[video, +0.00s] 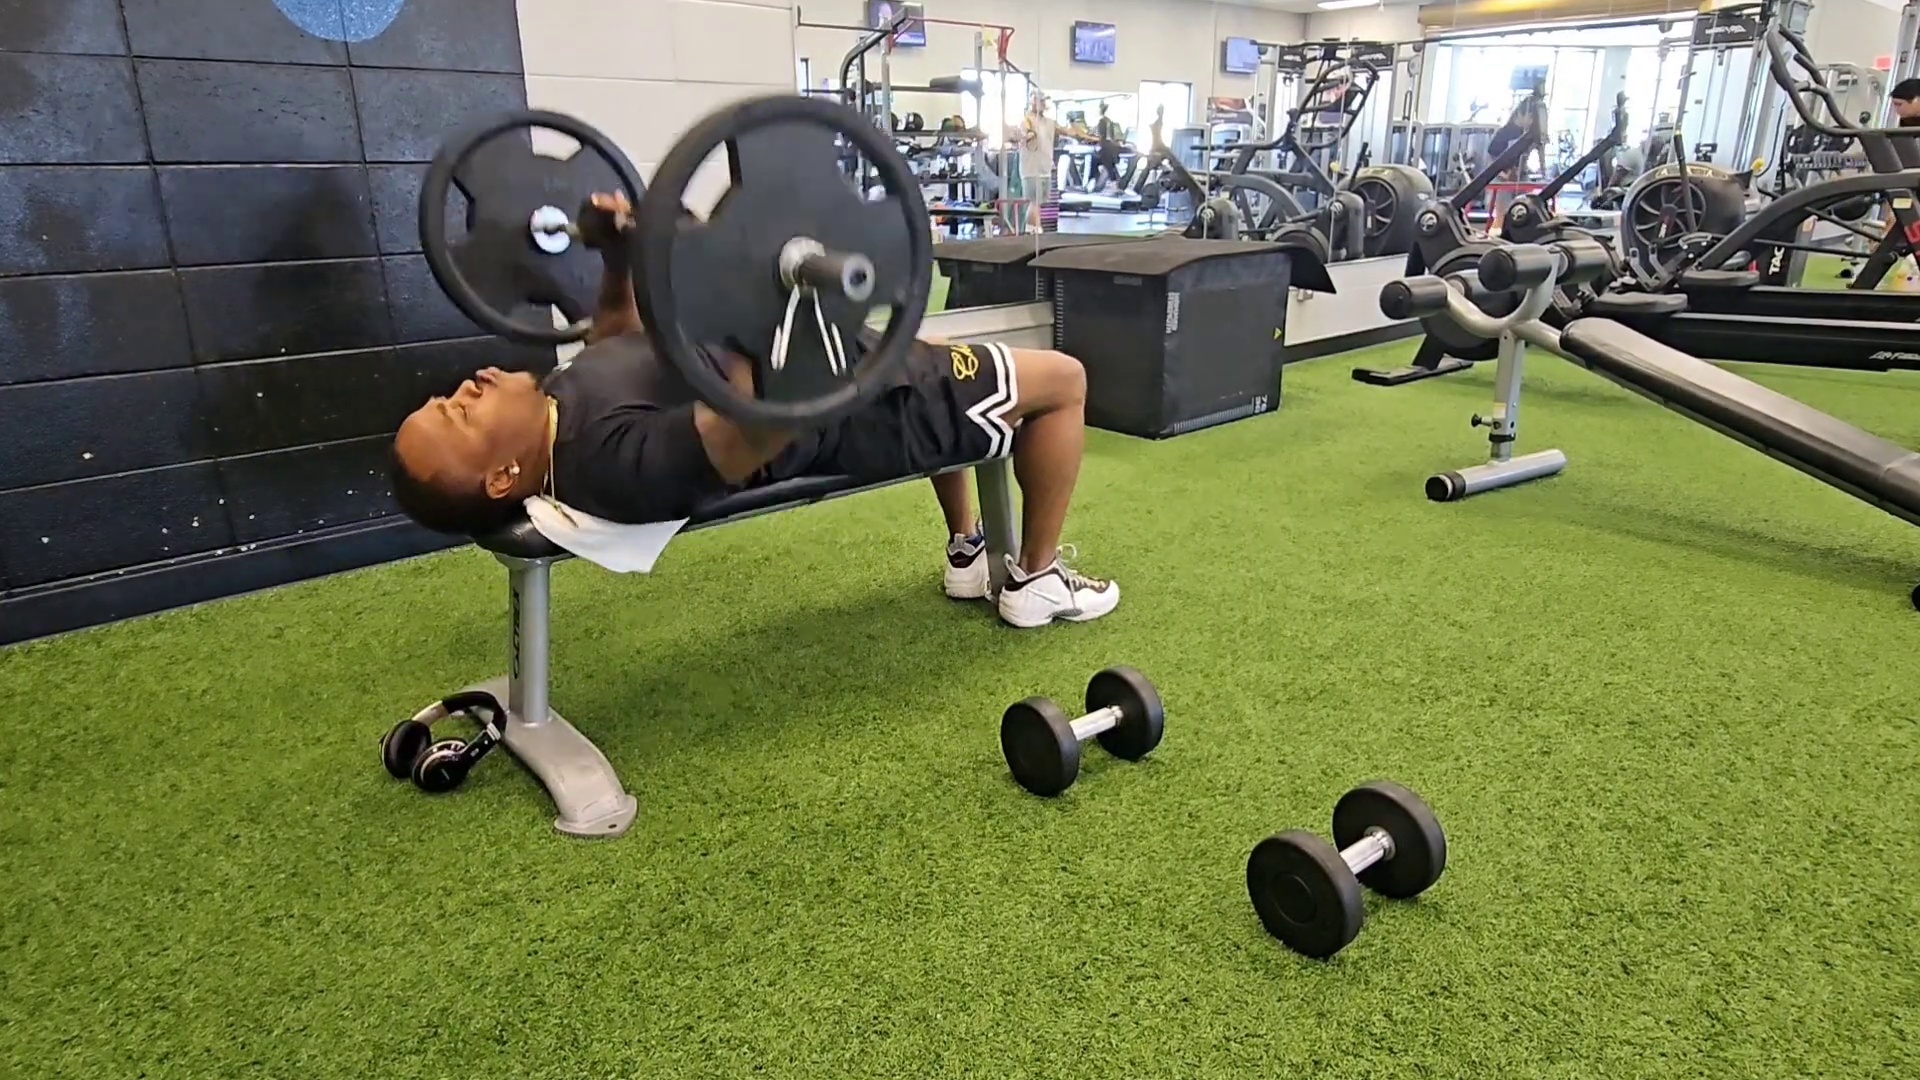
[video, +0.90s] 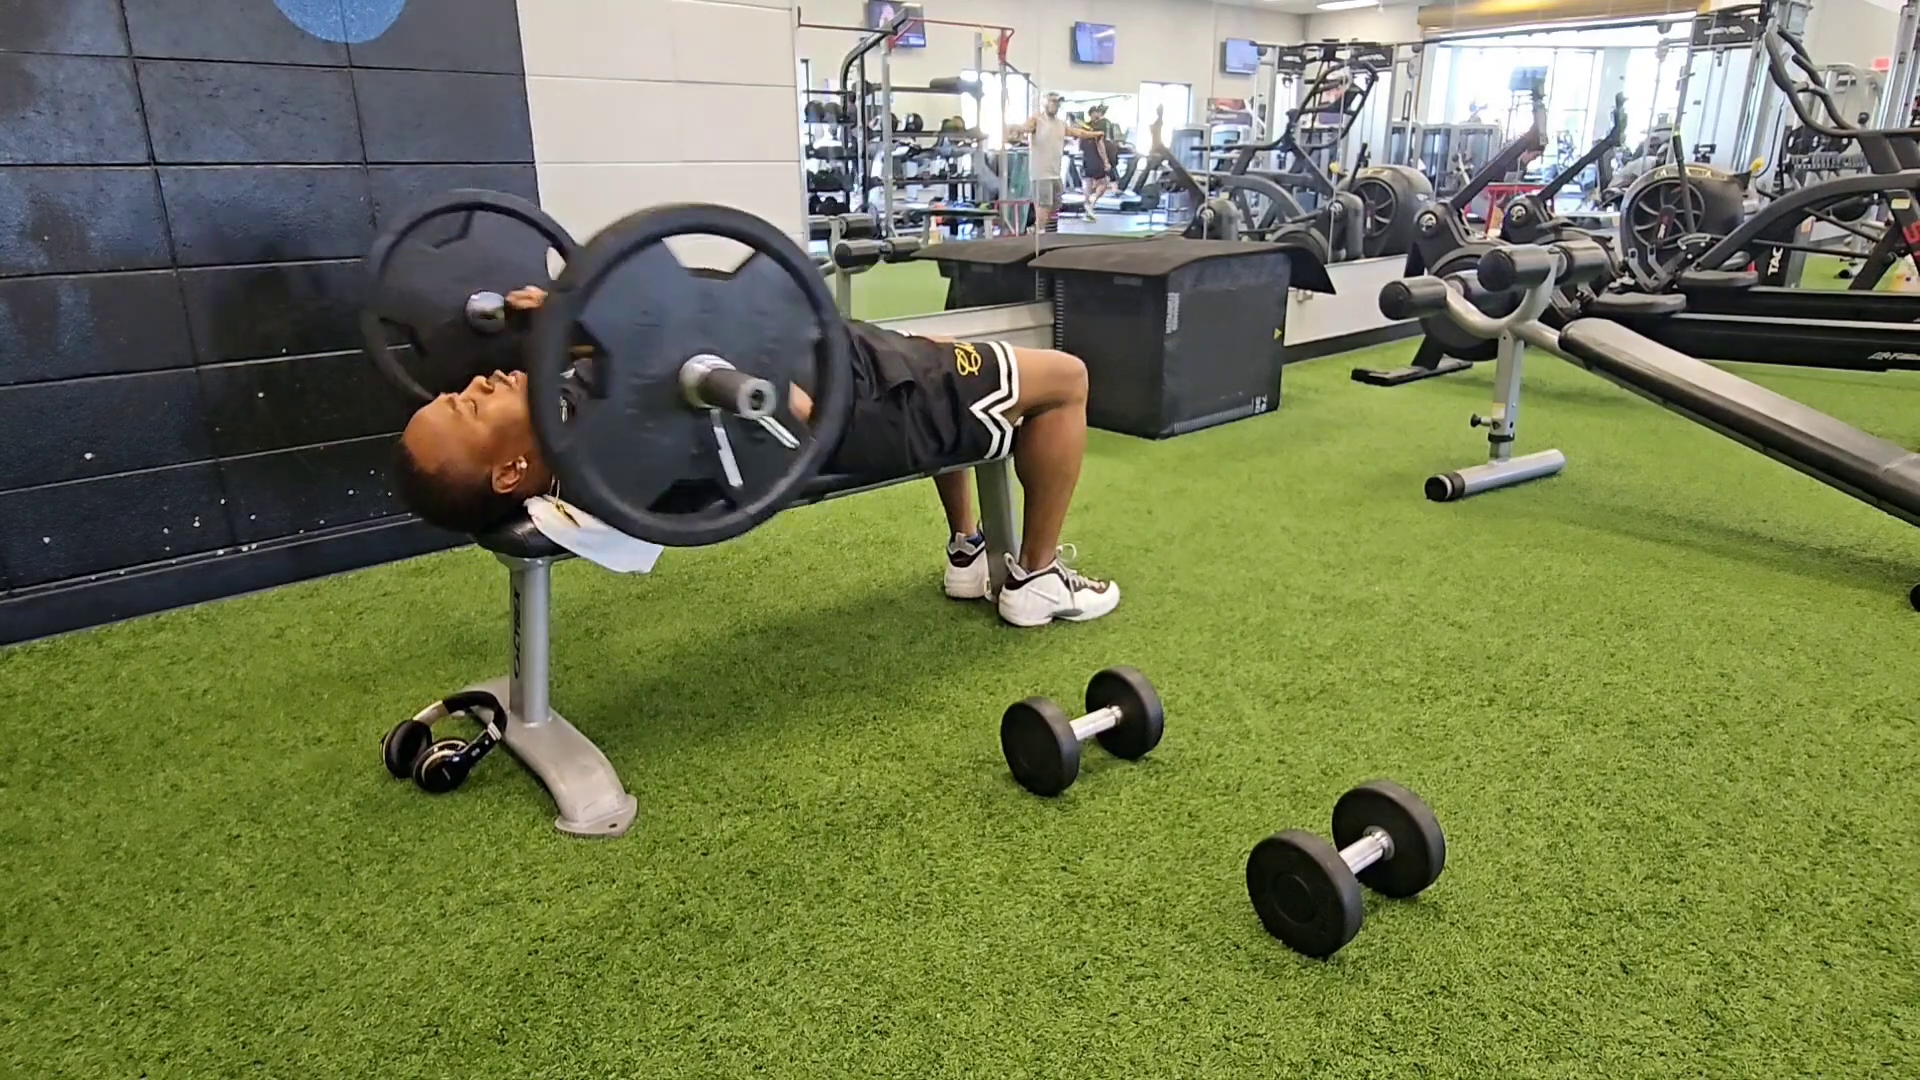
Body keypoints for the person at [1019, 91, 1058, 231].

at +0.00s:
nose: (1044, 103)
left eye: (1044, 100)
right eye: (1040, 100)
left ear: (1045, 102)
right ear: (1032, 102)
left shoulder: (1049, 122)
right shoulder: (1026, 121)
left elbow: (1066, 131)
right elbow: (1024, 133)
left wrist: (1081, 134)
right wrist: (1029, 135)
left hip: (1045, 166)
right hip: (1030, 166)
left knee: (1038, 201)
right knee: (1034, 200)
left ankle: (1029, 228)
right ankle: (1038, 229)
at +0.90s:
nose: (1055, 105)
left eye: (1057, 102)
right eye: (1052, 101)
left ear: (1059, 105)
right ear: (1045, 103)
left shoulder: (1060, 124)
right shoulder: (1036, 120)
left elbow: (1077, 132)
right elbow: (1025, 128)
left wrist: (1094, 134)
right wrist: (1016, 130)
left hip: (1055, 171)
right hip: (1040, 171)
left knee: (1054, 205)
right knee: (1044, 206)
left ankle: (1036, 227)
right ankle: (1041, 233)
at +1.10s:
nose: (1061, 106)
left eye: (1063, 103)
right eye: (1059, 102)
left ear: (1065, 105)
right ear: (1051, 102)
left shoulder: (1064, 123)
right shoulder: (1041, 118)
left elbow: (1081, 131)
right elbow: (1027, 124)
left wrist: (1099, 132)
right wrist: (1016, 124)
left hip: (1061, 169)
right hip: (1044, 170)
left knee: (1068, 201)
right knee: (1043, 205)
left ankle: (1055, 228)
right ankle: (1040, 233)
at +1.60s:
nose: (1082, 106)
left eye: (1084, 103)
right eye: (1080, 102)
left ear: (1086, 104)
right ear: (1074, 102)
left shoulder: (1086, 120)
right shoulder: (1062, 118)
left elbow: (1099, 119)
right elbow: (1044, 120)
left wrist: (1108, 115)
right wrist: (1028, 117)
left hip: (1082, 169)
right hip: (1066, 169)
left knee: (1079, 205)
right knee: (1066, 205)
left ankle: (1074, 232)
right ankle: (1050, 225)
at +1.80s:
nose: (1088, 105)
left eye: (1089, 102)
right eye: (1086, 101)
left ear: (1089, 104)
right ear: (1078, 101)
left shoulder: (1090, 119)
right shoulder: (1067, 117)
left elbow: (1101, 119)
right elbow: (1047, 120)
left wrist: (1110, 114)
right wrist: (1029, 116)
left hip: (1086, 167)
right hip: (1070, 167)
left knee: (1082, 203)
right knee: (1078, 201)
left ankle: (1075, 232)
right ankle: (1061, 224)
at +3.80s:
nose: (1098, 104)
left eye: (1099, 101)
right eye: (1095, 100)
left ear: (1099, 103)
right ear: (1086, 101)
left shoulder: (1099, 119)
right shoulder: (1076, 117)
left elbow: (1108, 121)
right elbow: (1053, 121)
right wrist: (1029, 122)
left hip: (1095, 170)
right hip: (1078, 169)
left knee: (1087, 207)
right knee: (1076, 205)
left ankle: (1081, 235)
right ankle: (1071, 235)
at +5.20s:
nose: (1094, 104)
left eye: (1095, 100)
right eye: (1091, 100)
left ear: (1096, 102)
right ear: (1084, 101)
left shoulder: (1099, 118)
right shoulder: (1075, 117)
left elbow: (1107, 119)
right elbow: (1053, 118)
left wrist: (1110, 116)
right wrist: (1030, 116)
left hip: (1095, 167)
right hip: (1078, 167)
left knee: (1087, 206)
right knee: (1076, 205)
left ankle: (1081, 234)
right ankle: (1071, 235)